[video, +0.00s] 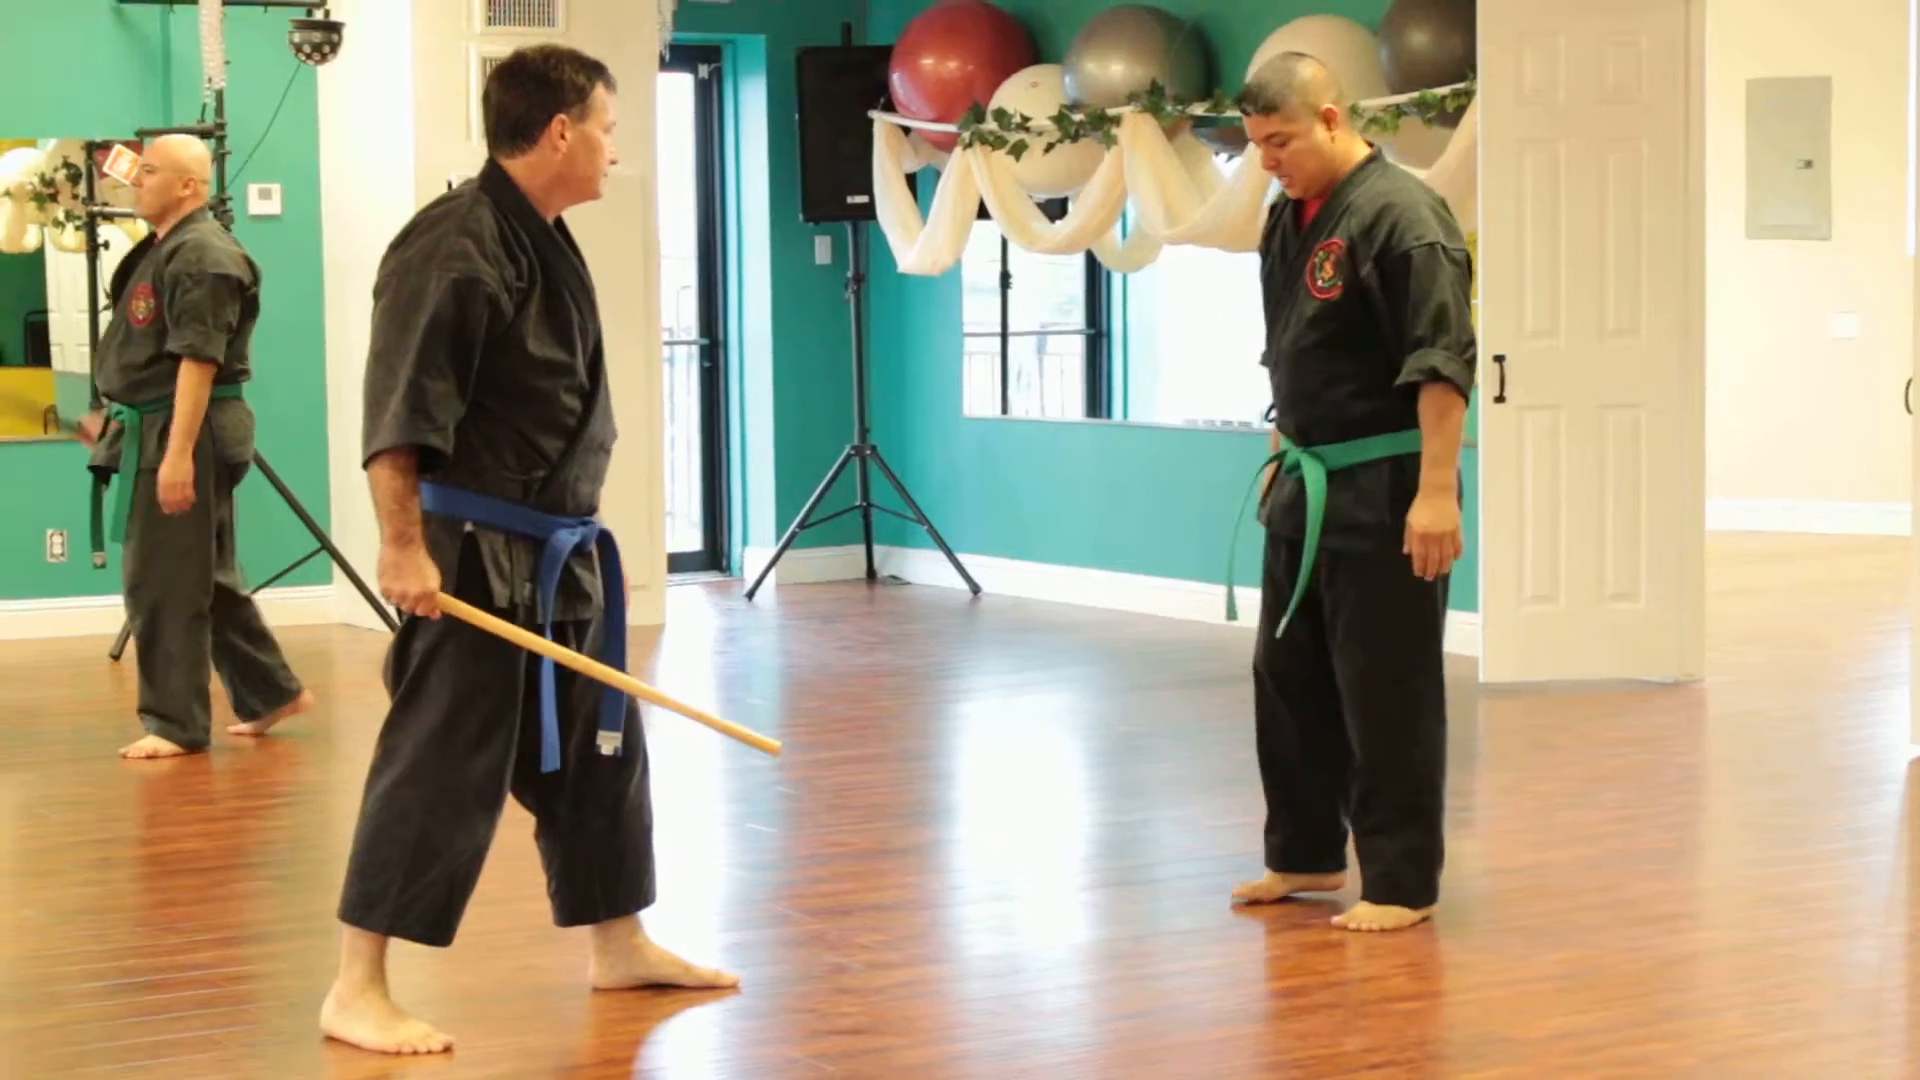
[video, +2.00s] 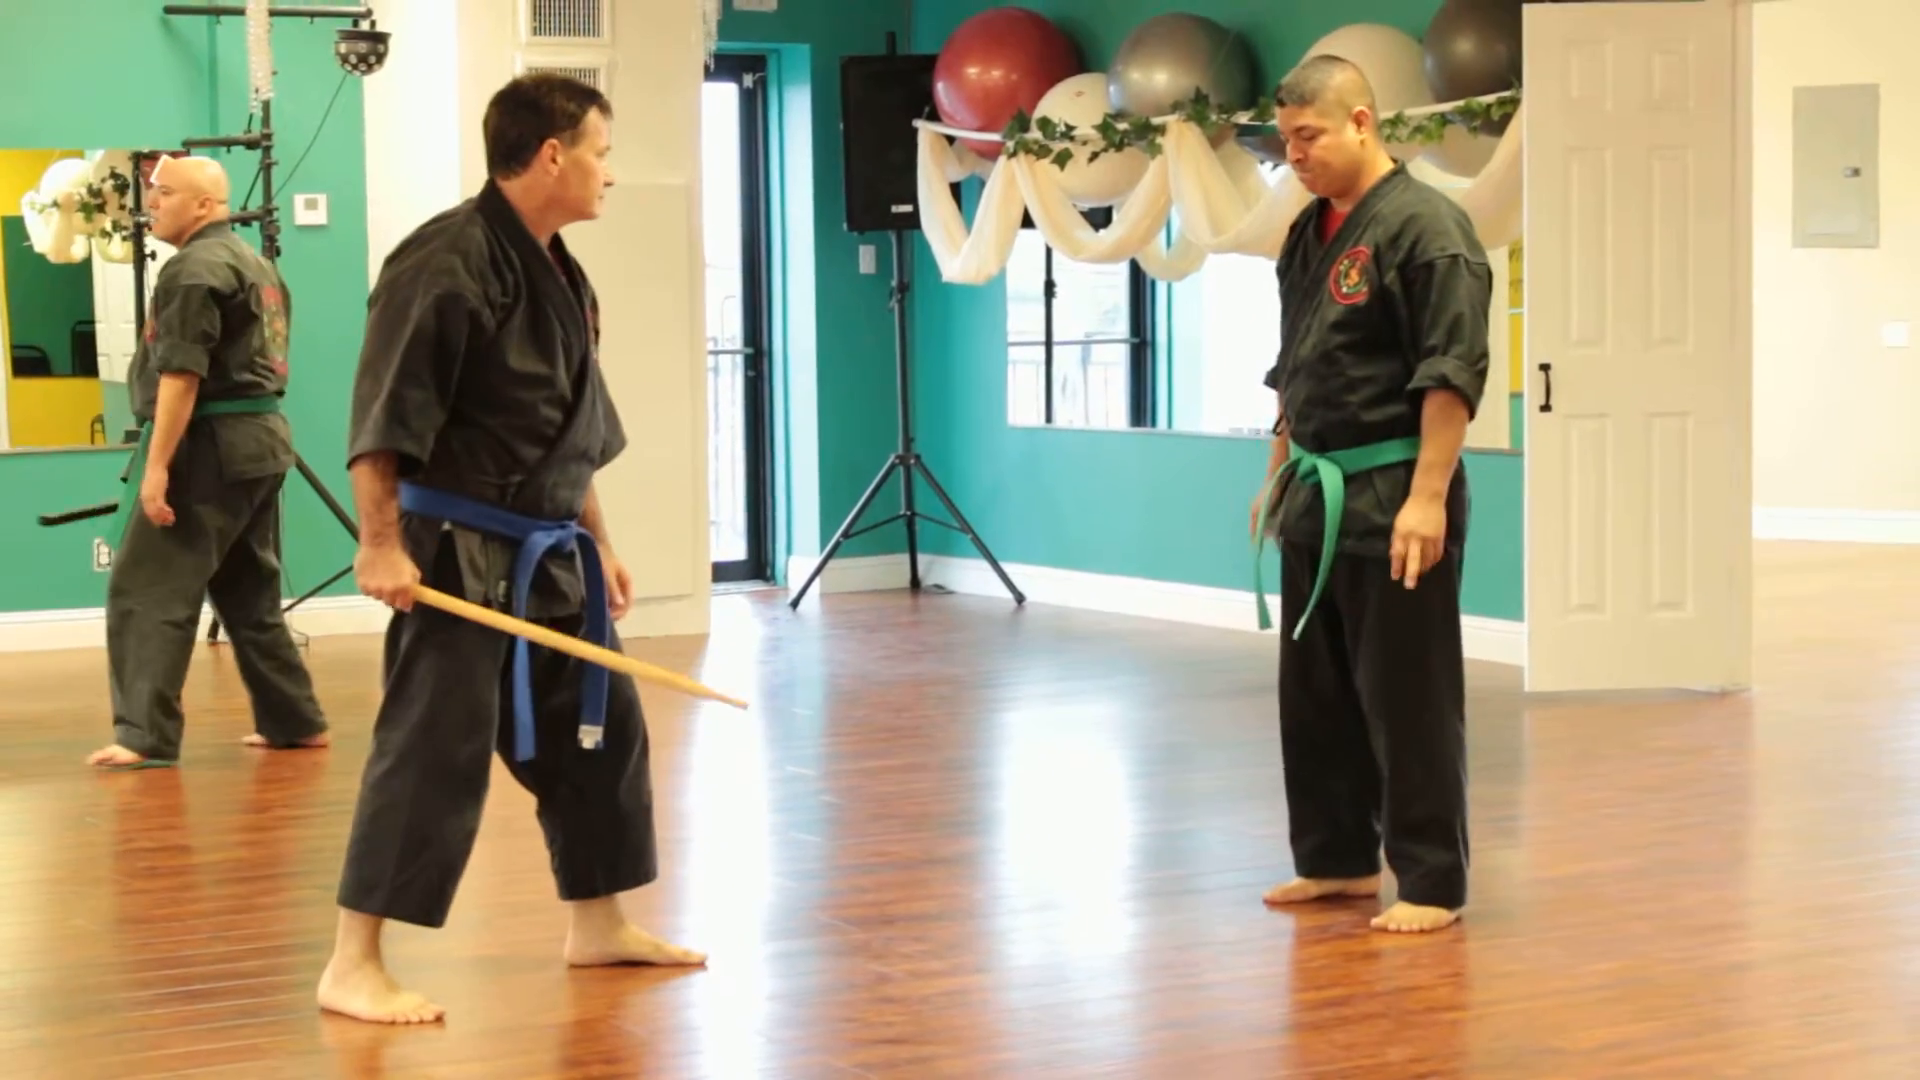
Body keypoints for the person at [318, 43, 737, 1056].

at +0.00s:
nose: (613, 154)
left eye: (613, 134)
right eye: (606, 134)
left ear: (550, 134)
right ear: (557, 132)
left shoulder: (542, 239)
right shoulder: (451, 244)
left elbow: (543, 407)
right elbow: (393, 406)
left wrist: (578, 535)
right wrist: (402, 543)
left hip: (564, 539)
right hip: (477, 541)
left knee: (598, 735)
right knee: (435, 754)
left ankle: (622, 949)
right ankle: (356, 989)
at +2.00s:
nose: (609, 173)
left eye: (608, 154)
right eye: (600, 154)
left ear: (551, 156)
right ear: (551, 156)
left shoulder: (558, 272)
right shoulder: (443, 260)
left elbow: (561, 430)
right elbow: (379, 410)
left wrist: (598, 541)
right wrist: (380, 539)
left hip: (553, 541)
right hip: (459, 540)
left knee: (598, 723)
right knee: (427, 743)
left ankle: (598, 926)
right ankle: (352, 964)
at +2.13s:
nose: (608, 172)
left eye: (606, 154)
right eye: (599, 154)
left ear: (551, 156)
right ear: (549, 156)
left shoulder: (558, 272)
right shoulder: (442, 260)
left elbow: (568, 427)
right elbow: (379, 410)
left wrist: (607, 538)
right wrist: (379, 540)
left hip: (555, 542)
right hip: (460, 541)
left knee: (600, 723)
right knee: (428, 744)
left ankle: (599, 926)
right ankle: (352, 965)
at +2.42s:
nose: (606, 175)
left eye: (605, 156)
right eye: (597, 155)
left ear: (548, 158)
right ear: (546, 156)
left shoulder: (559, 277)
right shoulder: (440, 262)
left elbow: (571, 430)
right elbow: (379, 412)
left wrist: (614, 539)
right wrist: (381, 542)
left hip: (557, 546)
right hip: (461, 543)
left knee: (599, 727)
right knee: (427, 748)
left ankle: (597, 927)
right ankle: (351, 967)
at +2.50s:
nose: (605, 175)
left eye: (605, 156)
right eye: (597, 155)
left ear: (548, 158)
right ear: (545, 156)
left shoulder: (559, 276)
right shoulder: (439, 262)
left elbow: (572, 428)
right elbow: (378, 412)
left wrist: (615, 539)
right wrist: (380, 541)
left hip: (558, 545)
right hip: (461, 543)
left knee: (600, 726)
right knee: (427, 747)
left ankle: (598, 926)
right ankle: (351, 967)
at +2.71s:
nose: (605, 174)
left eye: (605, 156)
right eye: (597, 155)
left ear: (548, 158)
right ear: (544, 157)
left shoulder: (563, 277)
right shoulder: (438, 263)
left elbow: (578, 429)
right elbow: (376, 411)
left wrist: (617, 539)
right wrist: (377, 541)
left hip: (558, 546)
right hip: (460, 544)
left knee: (601, 727)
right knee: (427, 748)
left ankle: (598, 927)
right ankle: (351, 967)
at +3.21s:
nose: (604, 174)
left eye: (603, 155)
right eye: (595, 154)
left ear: (547, 157)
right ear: (543, 156)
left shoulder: (564, 275)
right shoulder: (439, 261)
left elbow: (582, 426)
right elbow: (376, 409)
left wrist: (621, 537)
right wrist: (376, 541)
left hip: (560, 545)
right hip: (460, 542)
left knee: (601, 727)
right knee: (428, 746)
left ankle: (598, 928)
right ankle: (352, 966)